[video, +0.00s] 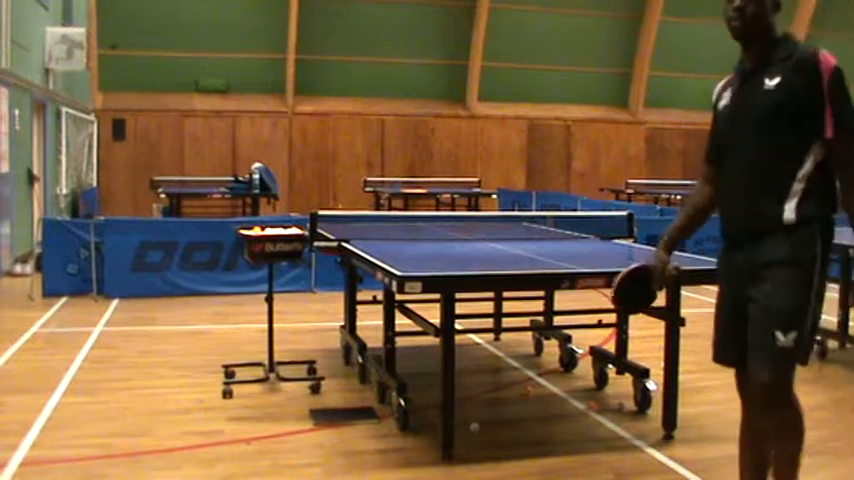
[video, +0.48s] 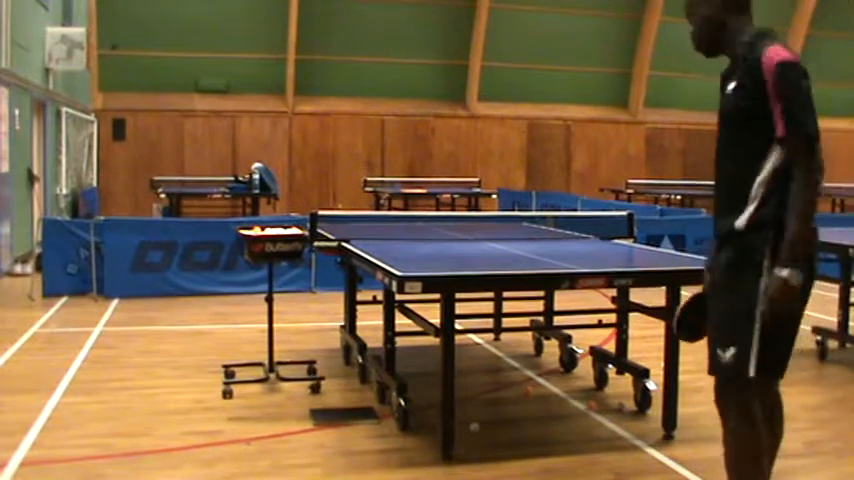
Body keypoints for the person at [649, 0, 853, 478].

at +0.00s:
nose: (735, 9)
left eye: (746, 1)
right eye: (729, 3)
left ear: (772, 7)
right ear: (724, 16)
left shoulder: (816, 69)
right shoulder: (727, 89)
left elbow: (844, 168)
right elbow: (712, 182)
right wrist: (666, 244)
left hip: (793, 246)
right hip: (741, 248)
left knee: (771, 379)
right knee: (749, 383)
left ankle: (784, 474)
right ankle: (751, 475)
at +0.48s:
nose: (690, 30)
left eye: (693, 18)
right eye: (689, 20)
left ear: (723, 12)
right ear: (728, 13)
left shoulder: (776, 64)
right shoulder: (739, 74)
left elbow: (805, 167)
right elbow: (742, 191)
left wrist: (790, 263)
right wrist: (716, 287)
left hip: (764, 261)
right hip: (740, 260)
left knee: (742, 393)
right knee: (747, 390)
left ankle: (749, 475)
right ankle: (752, 473)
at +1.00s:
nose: (708, 27)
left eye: (708, 17)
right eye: (710, 17)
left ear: (717, 11)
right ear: (764, 12)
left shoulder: (720, 69)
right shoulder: (827, 71)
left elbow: (712, 183)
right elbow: (840, 179)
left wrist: (670, 261)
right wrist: (841, 263)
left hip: (755, 257)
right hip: (817, 253)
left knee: (752, 404)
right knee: (794, 392)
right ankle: (796, 477)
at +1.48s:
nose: (742, 36)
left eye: (742, 25)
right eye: (742, 26)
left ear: (752, 17)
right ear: (797, 16)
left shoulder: (761, 66)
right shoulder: (846, 69)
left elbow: (764, 171)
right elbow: (845, 174)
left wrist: (744, 271)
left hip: (776, 262)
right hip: (837, 263)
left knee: (731, 386)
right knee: (822, 394)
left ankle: (739, 475)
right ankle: (821, 478)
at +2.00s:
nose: (709, 21)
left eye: (709, 13)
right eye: (711, 13)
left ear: (718, 12)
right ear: (762, 14)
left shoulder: (716, 75)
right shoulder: (816, 77)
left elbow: (710, 184)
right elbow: (827, 188)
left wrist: (682, 268)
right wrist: (807, 259)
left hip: (733, 260)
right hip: (793, 259)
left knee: (723, 389)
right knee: (786, 377)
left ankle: (723, 476)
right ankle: (802, 475)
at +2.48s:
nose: (716, 20)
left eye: (717, 11)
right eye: (718, 12)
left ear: (728, 12)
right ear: (768, 16)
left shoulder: (720, 76)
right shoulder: (816, 81)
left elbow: (705, 182)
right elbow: (819, 185)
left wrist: (672, 263)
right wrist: (799, 250)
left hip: (731, 253)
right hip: (789, 254)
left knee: (722, 383)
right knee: (777, 374)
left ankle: (723, 474)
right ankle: (786, 475)